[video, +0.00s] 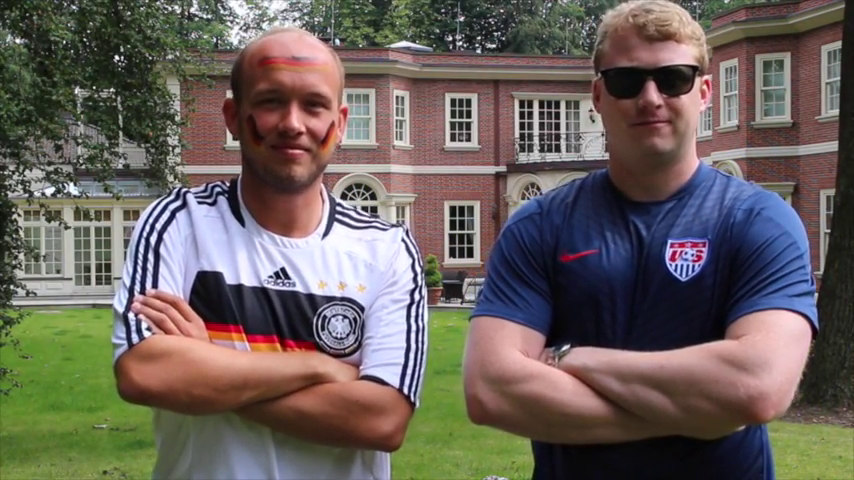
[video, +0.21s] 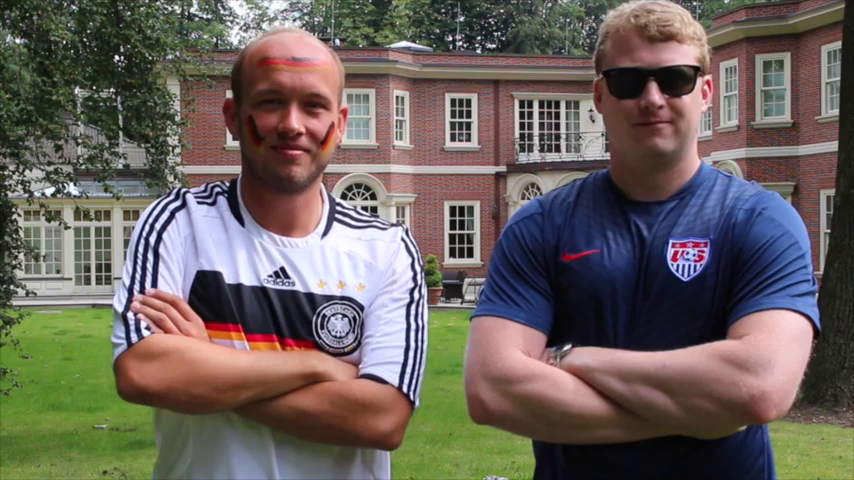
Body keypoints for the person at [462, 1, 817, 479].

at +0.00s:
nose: (650, 98)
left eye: (672, 79)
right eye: (626, 80)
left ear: (704, 92)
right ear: (597, 97)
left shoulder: (760, 221)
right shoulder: (538, 227)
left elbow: (758, 388)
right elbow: (490, 391)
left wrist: (568, 361)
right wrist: (684, 412)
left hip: (722, 473)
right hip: (573, 473)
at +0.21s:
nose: (652, 98)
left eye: (673, 80)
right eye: (628, 81)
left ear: (705, 93)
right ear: (599, 97)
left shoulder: (761, 221)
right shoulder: (539, 227)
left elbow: (761, 389)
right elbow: (492, 391)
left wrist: (568, 361)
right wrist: (686, 412)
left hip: (723, 473)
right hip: (573, 473)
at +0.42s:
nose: (653, 98)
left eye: (675, 80)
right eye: (630, 81)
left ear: (707, 93)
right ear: (600, 97)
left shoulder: (762, 221)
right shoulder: (540, 227)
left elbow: (762, 388)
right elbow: (493, 391)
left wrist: (569, 361)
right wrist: (686, 411)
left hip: (723, 473)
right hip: (575, 474)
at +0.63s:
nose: (655, 98)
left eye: (676, 80)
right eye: (631, 81)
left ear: (707, 94)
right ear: (601, 97)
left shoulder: (763, 221)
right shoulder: (540, 227)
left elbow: (762, 389)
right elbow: (493, 391)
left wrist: (570, 361)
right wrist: (686, 411)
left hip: (724, 473)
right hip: (575, 474)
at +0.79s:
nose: (683, 94)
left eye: (699, 77)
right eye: (656, 77)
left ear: (713, 91)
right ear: (604, 94)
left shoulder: (762, 220)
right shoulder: (539, 228)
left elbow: (762, 388)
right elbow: (493, 392)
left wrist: (571, 362)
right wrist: (686, 411)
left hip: (726, 473)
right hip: (576, 473)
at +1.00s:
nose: (714, 95)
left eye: (722, 79)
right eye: (687, 76)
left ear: (729, 90)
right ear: (618, 92)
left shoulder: (760, 220)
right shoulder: (539, 227)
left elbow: (762, 387)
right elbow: (492, 391)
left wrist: (569, 362)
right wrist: (685, 411)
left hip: (725, 473)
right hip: (575, 473)